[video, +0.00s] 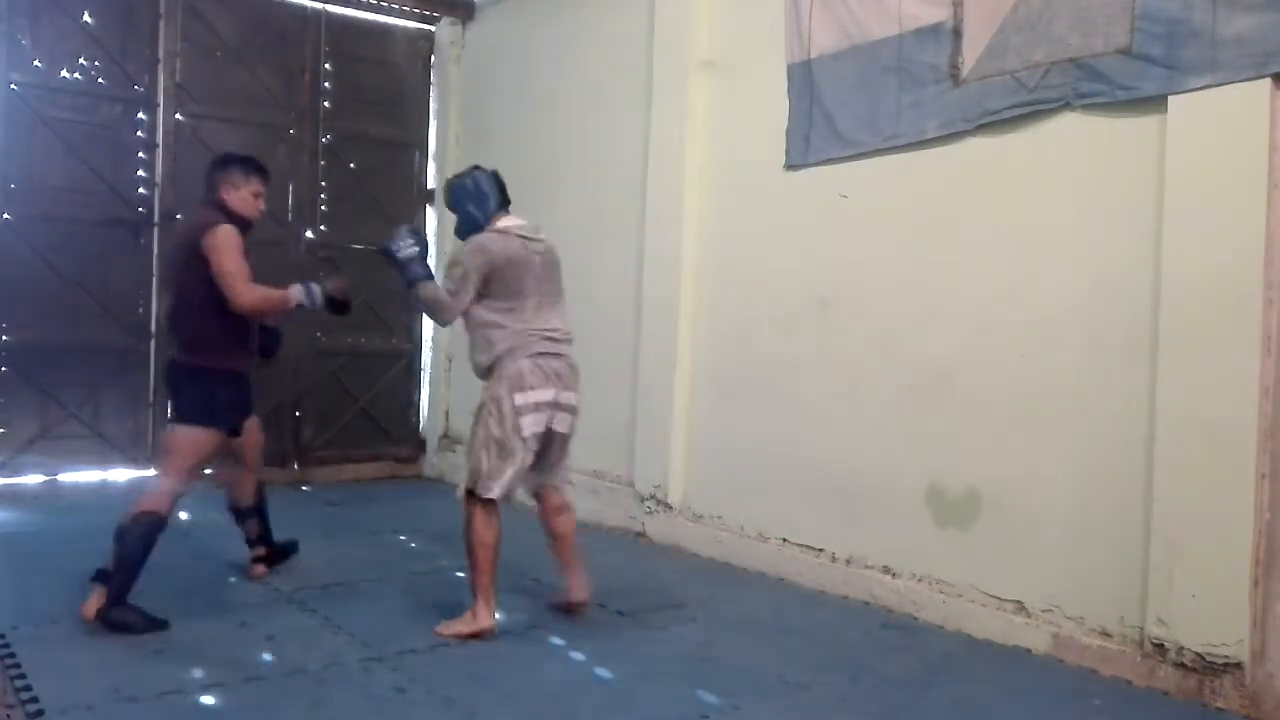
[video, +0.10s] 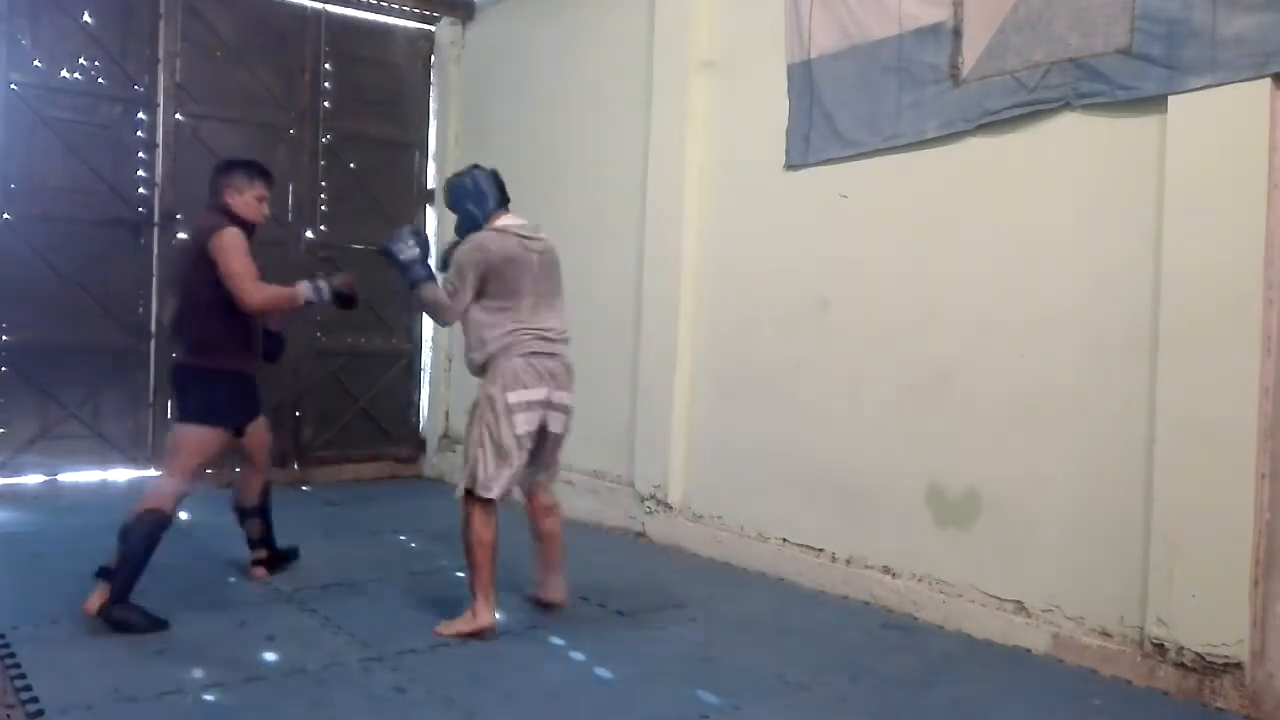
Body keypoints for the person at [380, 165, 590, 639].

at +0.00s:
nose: (454, 221)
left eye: (455, 211)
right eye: (452, 212)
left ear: (473, 207)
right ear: (502, 202)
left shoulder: (479, 249)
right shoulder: (544, 248)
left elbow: (445, 309)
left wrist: (414, 267)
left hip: (515, 382)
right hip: (563, 380)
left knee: (483, 495)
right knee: (548, 482)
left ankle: (483, 610)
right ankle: (577, 585)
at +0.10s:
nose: (454, 218)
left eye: (455, 208)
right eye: (453, 209)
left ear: (468, 207)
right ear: (501, 200)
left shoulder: (475, 248)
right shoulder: (543, 246)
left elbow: (449, 310)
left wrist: (417, 272)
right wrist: (444, 265)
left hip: (510, 382)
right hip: (558, 380)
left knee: (481, 497)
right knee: (538, 484)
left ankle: (482, 609)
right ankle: (553, 585)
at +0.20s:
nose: (454, 224)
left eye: (455, 216)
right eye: (452, 216)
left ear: (467, 217)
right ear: (501, 209)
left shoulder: (469, 262)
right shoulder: (538, 255)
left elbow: (464, 332)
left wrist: (434, 322)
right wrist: (459, 260)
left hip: (489, 383)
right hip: (536, 381)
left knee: (435, 477)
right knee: (505, 486)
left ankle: (453, 568)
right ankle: (498, 580)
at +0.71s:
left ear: (460, 220)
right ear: (501, 218)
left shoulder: (446, 261)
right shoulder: (521, 253)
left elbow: (435, 309)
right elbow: (527, 315)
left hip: (444, 380)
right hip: (494, 382)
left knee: (436, 477)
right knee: (524, 473)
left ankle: (401, 575)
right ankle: (507, 570)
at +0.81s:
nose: (570, 233)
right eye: (572, 227)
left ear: (533, 219)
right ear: (573, 226)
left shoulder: (496, 257)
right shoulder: (575, 266)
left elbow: (460, 308)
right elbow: (573, 336)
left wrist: (487, 334)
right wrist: (543, 308)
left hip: (474, 378)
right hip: (523, 387)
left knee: (442, 475)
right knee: (547, 491)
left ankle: (388, 558)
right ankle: (531, 592)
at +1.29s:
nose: (503, 253)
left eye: (506, 246)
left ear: (511, 249)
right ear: (551, 247)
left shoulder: (501, 293)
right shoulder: (582, 289)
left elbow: (478, 363)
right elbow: (607, 346)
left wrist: (480, 373)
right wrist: (563, 340)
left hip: (513, 410)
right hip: (570, 408)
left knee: (477, 481)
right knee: (597, 502)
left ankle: (443, 556)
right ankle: (601, 604)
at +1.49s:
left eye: (459, 229)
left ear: (460, 233)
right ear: (499, 233)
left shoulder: (447, 274)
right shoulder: (524, 272)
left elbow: (431, 323)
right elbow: (550, 323)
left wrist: (449, 351)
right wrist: (515, 331)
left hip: (466, 386)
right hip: (516, 385)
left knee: (455, 475)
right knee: (542, 480)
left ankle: (443, 562)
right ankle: (574, 566)